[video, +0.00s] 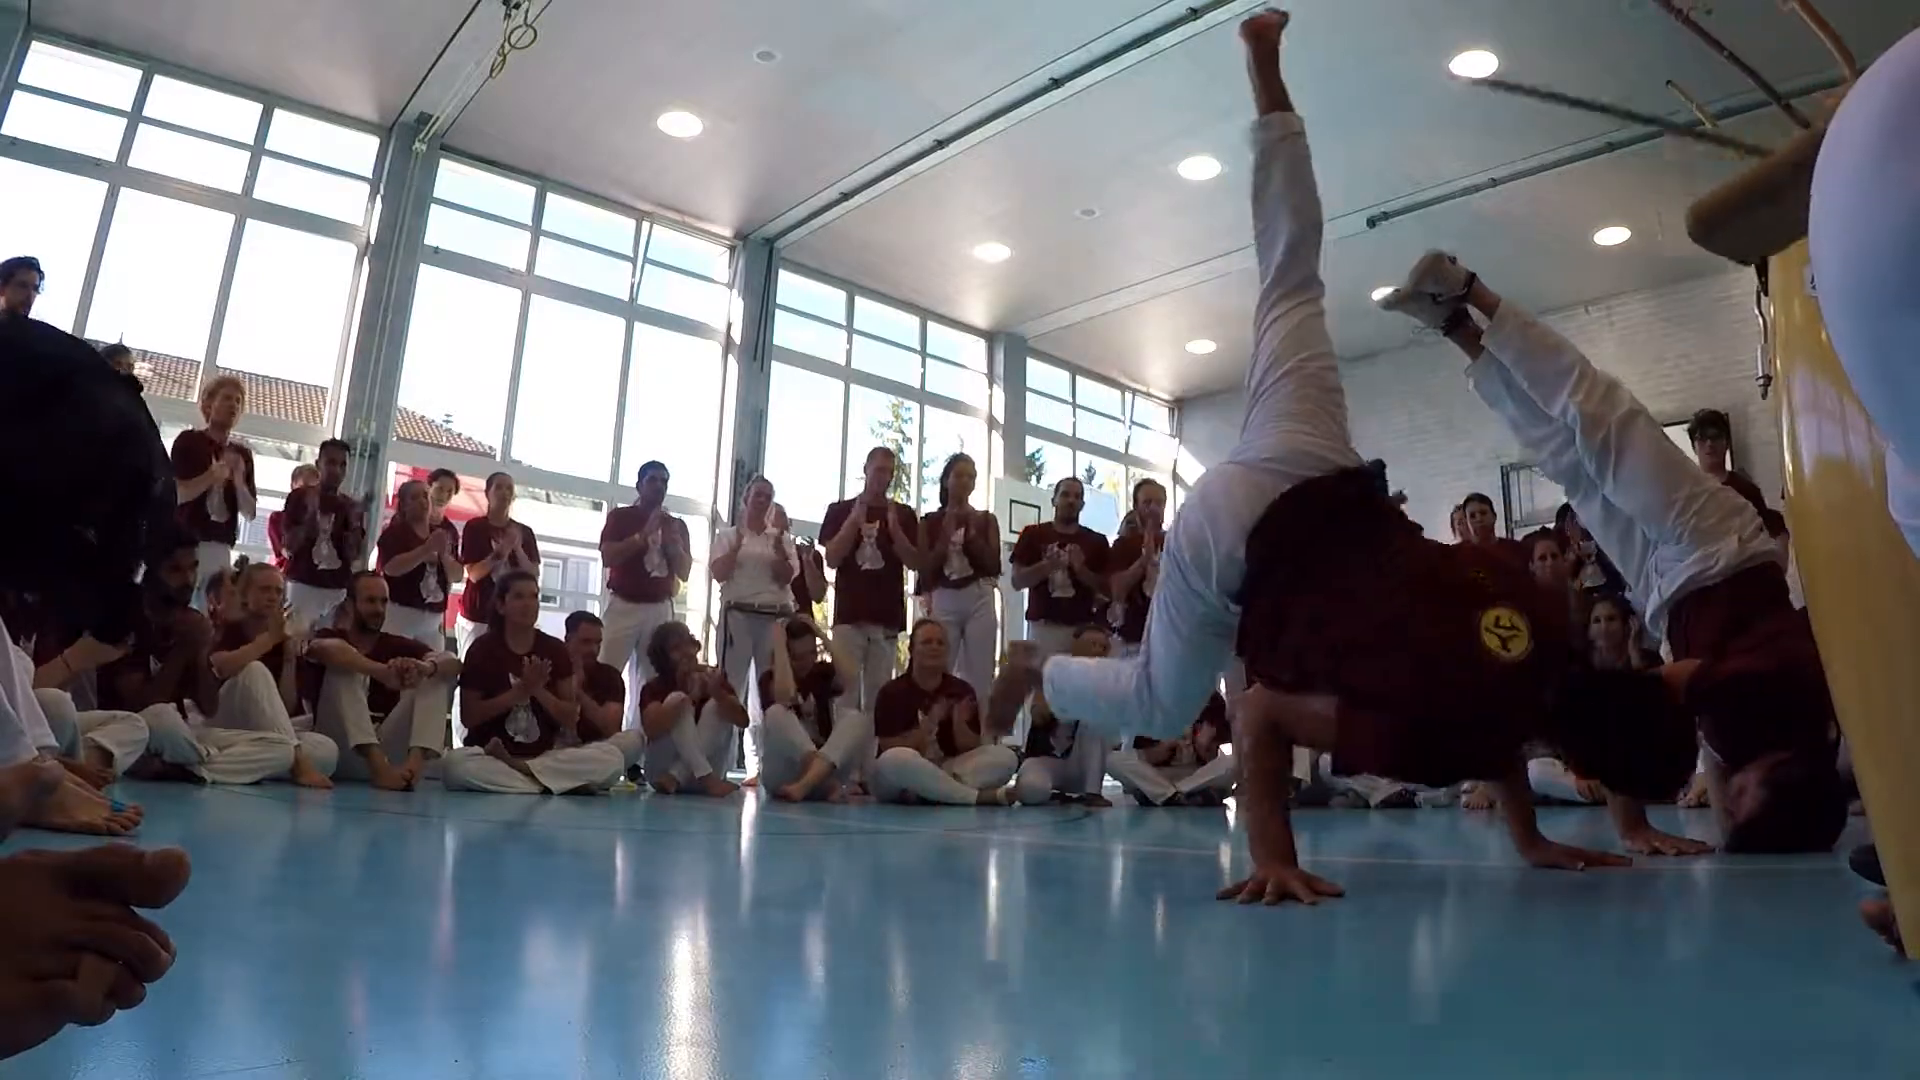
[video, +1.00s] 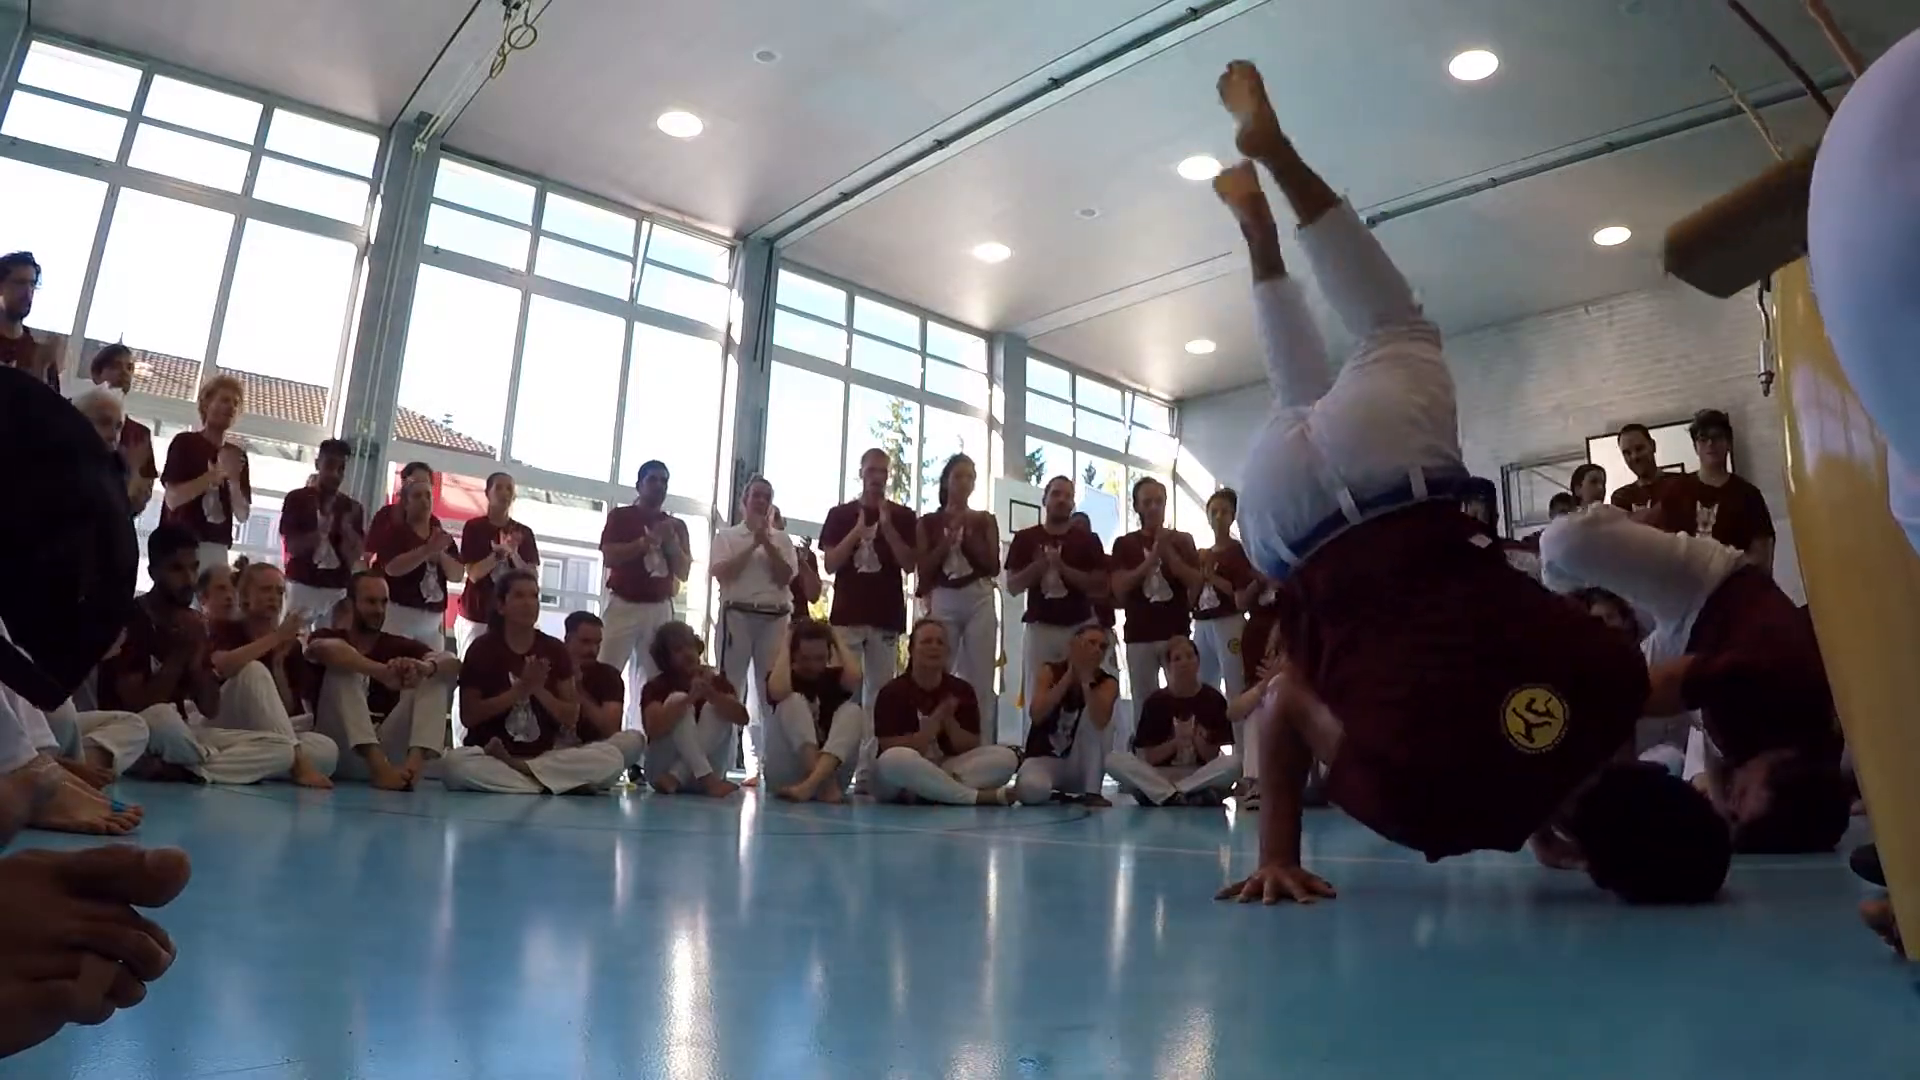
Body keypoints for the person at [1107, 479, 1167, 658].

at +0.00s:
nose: (1153, 508)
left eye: (1159, 503)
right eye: (1147, 502)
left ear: (1165, 506)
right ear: (1135, 507)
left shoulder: (1174, 543)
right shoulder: (1123, 544)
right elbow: (1117, 590)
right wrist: (1143, 560)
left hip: (1170, 631)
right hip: (1131, 630)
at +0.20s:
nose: (1154, 508)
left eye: (1160, 502)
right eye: (1148, 502)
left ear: (1166, 507)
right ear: (1135, 507)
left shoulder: (1178, 543)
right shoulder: (1125, 542)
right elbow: (1117, 586)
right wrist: (1146, 564)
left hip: (1175, 629)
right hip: (1137, 632)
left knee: (1185, 698)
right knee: (1138, 706)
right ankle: (1133, 766)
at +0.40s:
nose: (1155, 507)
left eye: (1160, 501)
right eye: (1148, 502)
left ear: (1166, 504)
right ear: (1137, 506)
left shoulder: (1183, 539)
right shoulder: (1125, 544)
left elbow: (1194, 580)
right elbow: (1123, 585)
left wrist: (1170, 548)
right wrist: (1153, 556)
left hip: (1177, 635)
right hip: (1139, 638)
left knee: (1186, 705)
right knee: (1136, 712)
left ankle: (1188, 771)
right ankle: (1131, 778)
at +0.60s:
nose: (1155, 507)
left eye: (1159, 501)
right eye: (1148, 502)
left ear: (1166, 504)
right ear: (1137, 506)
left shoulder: (1183, 540)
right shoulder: (1126, 544)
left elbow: (1195, 579)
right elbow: (1117, 588)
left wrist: (1169, 553)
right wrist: (1151, 563)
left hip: (1177, 635)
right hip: (1139, 638)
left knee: (1184, 705)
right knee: (1142, 709)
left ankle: (1188, 767)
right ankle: (1140, 773)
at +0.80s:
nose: (1154, 507)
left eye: (1159, 501)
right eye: (1148, 502)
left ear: (1165, 504)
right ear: (1136, 506)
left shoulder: (1183, 541)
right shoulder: (1124, 544)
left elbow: (1196, 583)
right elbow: (1115, 594)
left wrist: (1173, 564)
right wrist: (1146, 568)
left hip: (1176, 635)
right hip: (1139, 638)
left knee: (1184, 702)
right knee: (1145, 708)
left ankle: (1188, 765)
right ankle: (1146, 769)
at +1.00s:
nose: (1154, 507)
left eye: (1159, 501)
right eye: (1148, 502)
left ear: (1165, 504)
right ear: (1136, 506)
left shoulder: (1182, 540)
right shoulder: (1125, 543)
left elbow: (1195, 582)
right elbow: (1119, 587)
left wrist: (1169, 554)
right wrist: (1151, 559)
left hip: (1176, 635)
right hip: (1139, 638)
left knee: (1184, 702)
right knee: (1144, 707)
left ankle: (1189, 762)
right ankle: (1145, 766)